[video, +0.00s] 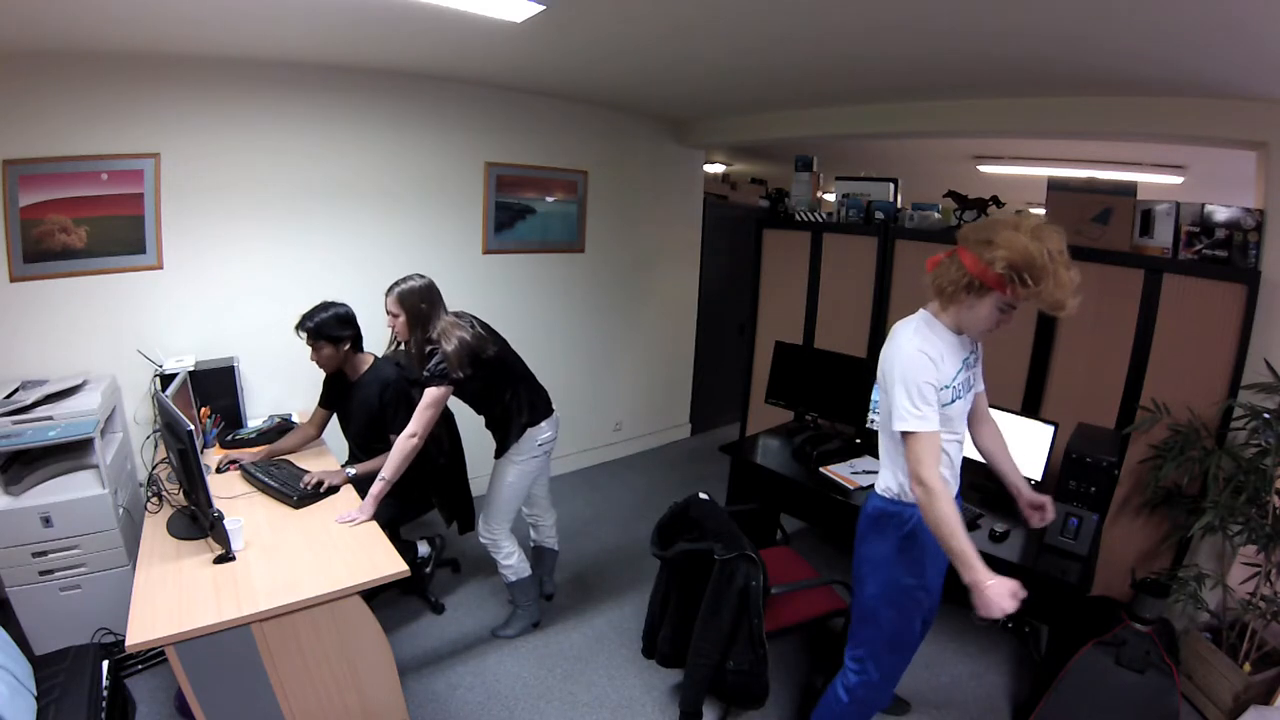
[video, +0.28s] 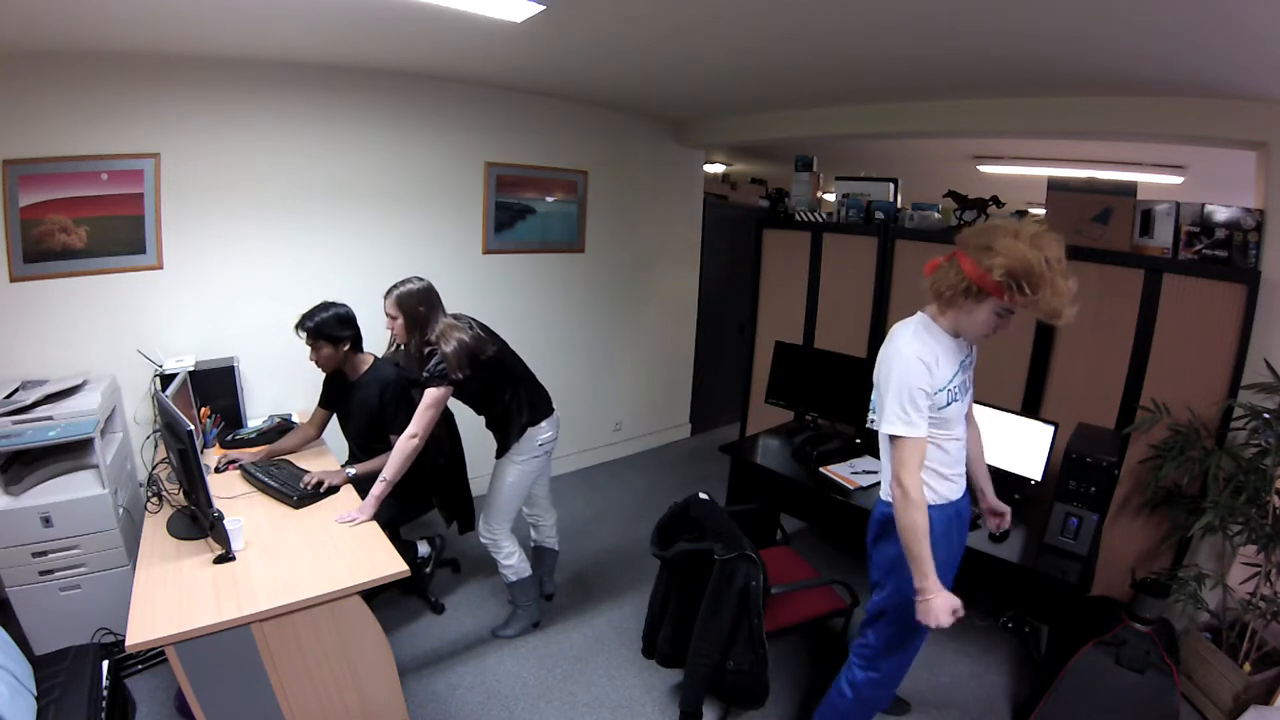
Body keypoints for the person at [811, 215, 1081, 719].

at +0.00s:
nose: (1005, 324)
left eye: (1012, 312)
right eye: (1004, 310)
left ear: (983, 293)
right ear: (976, 288)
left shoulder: (963, 339)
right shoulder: (913, 351)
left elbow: (979, 419)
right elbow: (924, 481)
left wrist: (1020, 489)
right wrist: (979, 579)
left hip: (936, 513)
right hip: (899, 523)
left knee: (912, 615)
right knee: (870, 665)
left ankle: (875, 688)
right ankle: (836, 713)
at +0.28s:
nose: (1003, 328)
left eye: (1009, 317)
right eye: (1002, 314)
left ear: (981, 297)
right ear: (974, 292)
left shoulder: (958, 340)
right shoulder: (910, 357)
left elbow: (964, 421)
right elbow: (904, 485)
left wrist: (985, 494)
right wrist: (927, 587)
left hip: (947, 512)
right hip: (912, 523)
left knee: (909, 616)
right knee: (882, 650)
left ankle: (878, 688)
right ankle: (839, 713)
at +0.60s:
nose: (1004, 329)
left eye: (1011, 318)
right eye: (1002, 315)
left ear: (979, 300)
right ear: (972, 294)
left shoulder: (959, 340)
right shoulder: (911, 357)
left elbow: (968, 420)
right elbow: (910, 487)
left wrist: (994, 494)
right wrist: (942, 584)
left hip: (946, 508)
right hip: (907, 522)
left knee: (910, 617)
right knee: (877, 658)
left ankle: (880, 689)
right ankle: (842, 713)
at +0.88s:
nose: (1008, 325)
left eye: (1015, 314)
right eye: (1006, 311)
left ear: (983, 295)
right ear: (976, 289)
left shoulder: (963, 340)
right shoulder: (914, 350)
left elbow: (981, 418)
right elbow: (928, 479)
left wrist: (1022, 487)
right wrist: (987, 577)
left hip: (931, 518)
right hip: (895, 524)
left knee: (909, 617)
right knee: (867, 672)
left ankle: (876, 689)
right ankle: (837, 713)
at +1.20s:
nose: (1005, 326)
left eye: (1012, 314)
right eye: (1004, 312)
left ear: (981, 293)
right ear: (975, 290)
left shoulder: (959, 338)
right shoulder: (912, 354)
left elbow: (969, 417)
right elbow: (912, 485)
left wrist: (995, 491)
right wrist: (946, 582)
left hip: (943, 510)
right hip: (904, 521)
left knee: (906, 616)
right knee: (874, 652)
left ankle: (875, 688)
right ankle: (838, 713)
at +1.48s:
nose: (1002, 330)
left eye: (1009, 319)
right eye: (1001, 316)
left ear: (978, 300)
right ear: (971, 294)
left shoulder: (959, 340)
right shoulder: (909, 357)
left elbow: (967, 417)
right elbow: (910, 488)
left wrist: (993, 493)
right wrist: (940, 584)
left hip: (949, 510)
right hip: (911, 522)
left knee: (911, 617)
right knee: (884, 646)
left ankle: (879, 687)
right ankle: (838, 713)